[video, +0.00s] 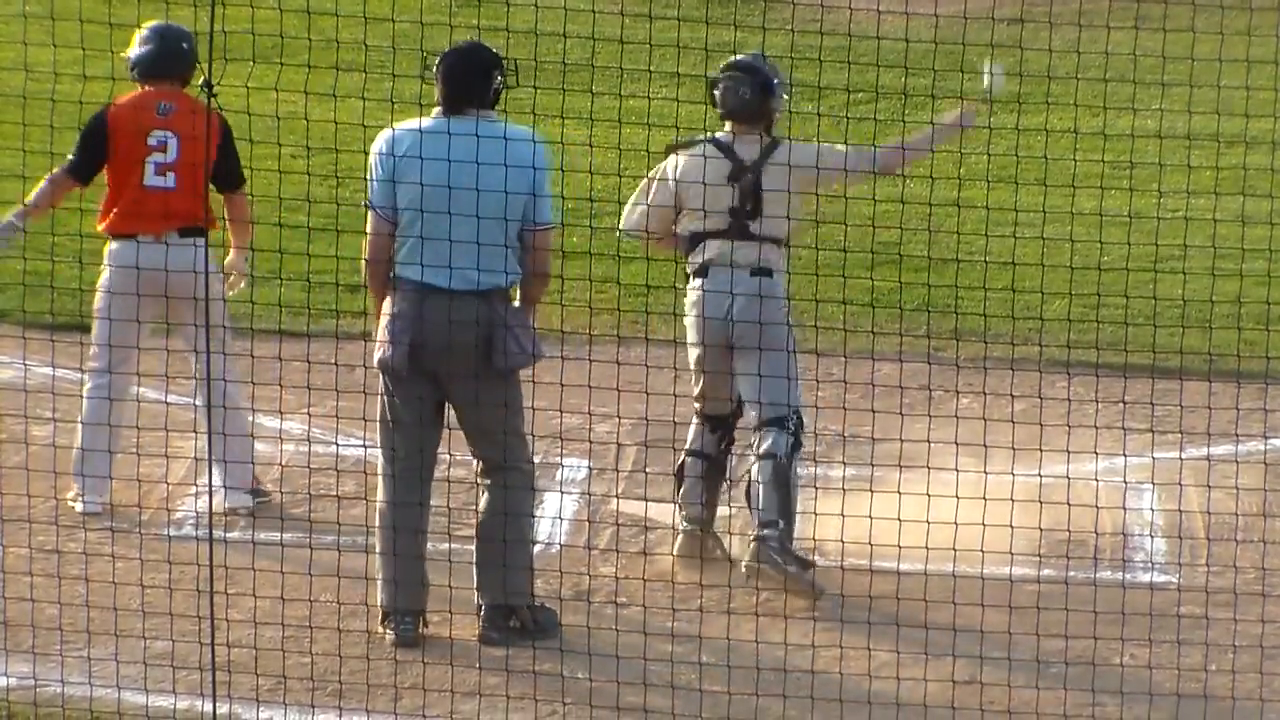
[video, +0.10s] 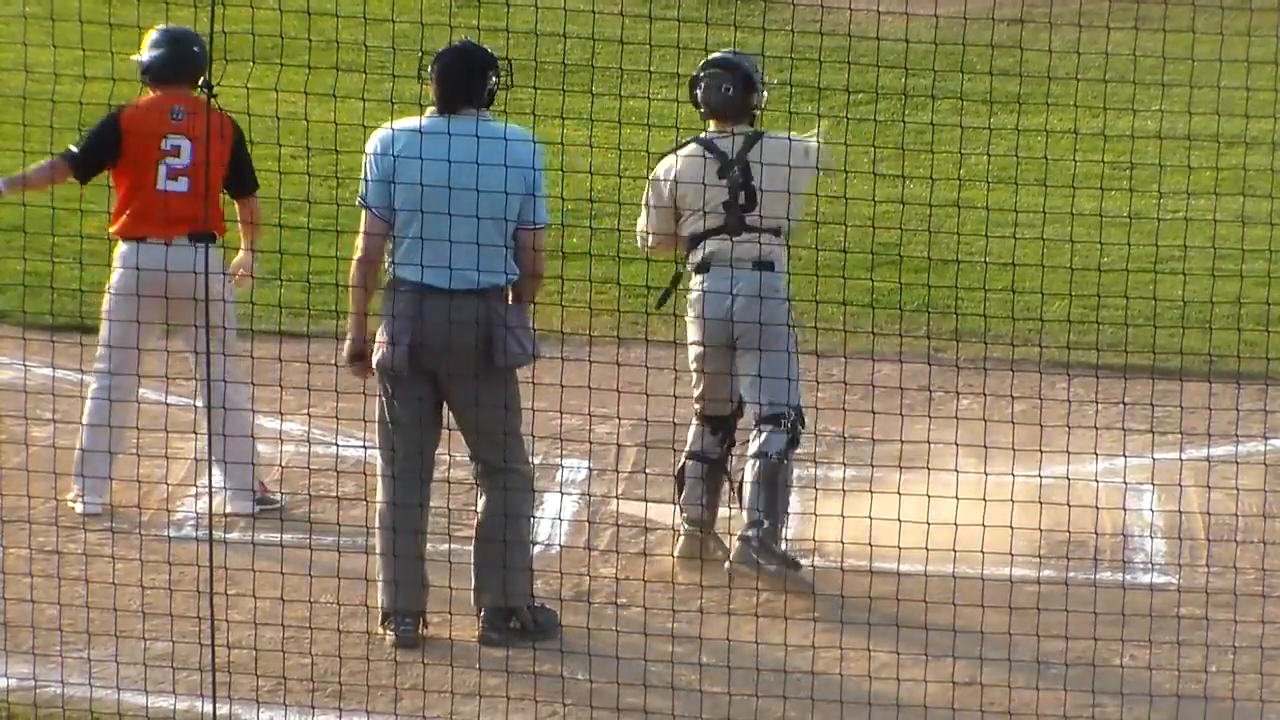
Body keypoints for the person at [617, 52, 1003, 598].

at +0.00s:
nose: (778, 107)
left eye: (773, 99)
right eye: (776, 100)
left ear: (721, 106)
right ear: (771, 107)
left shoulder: (685, 161)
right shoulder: (791, 158)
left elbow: (645, 229)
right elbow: (883, 161)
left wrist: (693, 241)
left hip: (706, 291)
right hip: (764, 293)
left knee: (712, 415)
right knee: (777, 418)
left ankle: (693, 528)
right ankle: (772, 540)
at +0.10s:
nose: (757, 101)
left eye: (708, 95)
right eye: (754, 94)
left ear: (700, 102)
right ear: (754, 101)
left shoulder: (675, 165)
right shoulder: (788, 154)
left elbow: (655, 242)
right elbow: (817, 147)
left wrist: (706, 233)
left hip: (706, 288)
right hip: (764, 290)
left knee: (713, 414)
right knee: (777, 415)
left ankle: (694, 529)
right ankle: (760, 536)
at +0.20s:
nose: (703, 103)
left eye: (696, 95)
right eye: (738, 95)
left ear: (692, 103)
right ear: (743, 101)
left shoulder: (672, 166)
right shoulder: (772, 153)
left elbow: (657, 243)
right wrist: (675, 161)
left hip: (709, 287)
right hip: (769, 285)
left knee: (710, 413)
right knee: (775, 412)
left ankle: (695, 526)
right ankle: (760, 529)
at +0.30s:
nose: (732, 102)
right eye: (735, 93)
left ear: (685, 99)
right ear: (738, 98)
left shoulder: (665, 164)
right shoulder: (765, 150)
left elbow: (657, 246)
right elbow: (725, 204)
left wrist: (633, 203)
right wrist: (644, 193)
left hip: (706, 286)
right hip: (768, 284)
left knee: (709, 412)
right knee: (777, 410)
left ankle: (693, 528)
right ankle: (766, 520)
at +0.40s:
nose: (738, 97)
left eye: (692, 88)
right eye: (736, 90)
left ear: (683, 93)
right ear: (735, 94)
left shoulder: (657, 162)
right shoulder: (762, 146)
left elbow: (653, 247)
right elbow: (752, 219)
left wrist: (677, 286)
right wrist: (687, 275)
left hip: (702, 285)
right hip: (762, 281)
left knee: (705, 410)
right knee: (780, 406)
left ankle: (692, 526)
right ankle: (767, 518)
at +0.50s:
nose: (739, 94)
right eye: (737, 87)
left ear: (683, 90)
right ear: (735, 92)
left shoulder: (654, 158)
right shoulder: (762, 147)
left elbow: (640, 249)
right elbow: (769, 221)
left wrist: (643, 318)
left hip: (696, 291)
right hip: (758, 286)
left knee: (701, 410)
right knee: (780, 409)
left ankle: (691, 526)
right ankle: (757, 523)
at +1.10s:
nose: (775, 108)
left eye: (770, 99)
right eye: (775, 101)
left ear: (721, 100)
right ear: (773, 106)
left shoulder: (684, 156)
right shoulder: (787, 169)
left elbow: (654, 244)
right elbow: (816, 250)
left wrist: (648, 315)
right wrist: (820, 194)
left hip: (695, 304)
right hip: (755, 309)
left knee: (694, 419)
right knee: (740, 434)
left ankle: (683, 537)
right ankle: (714, 556)